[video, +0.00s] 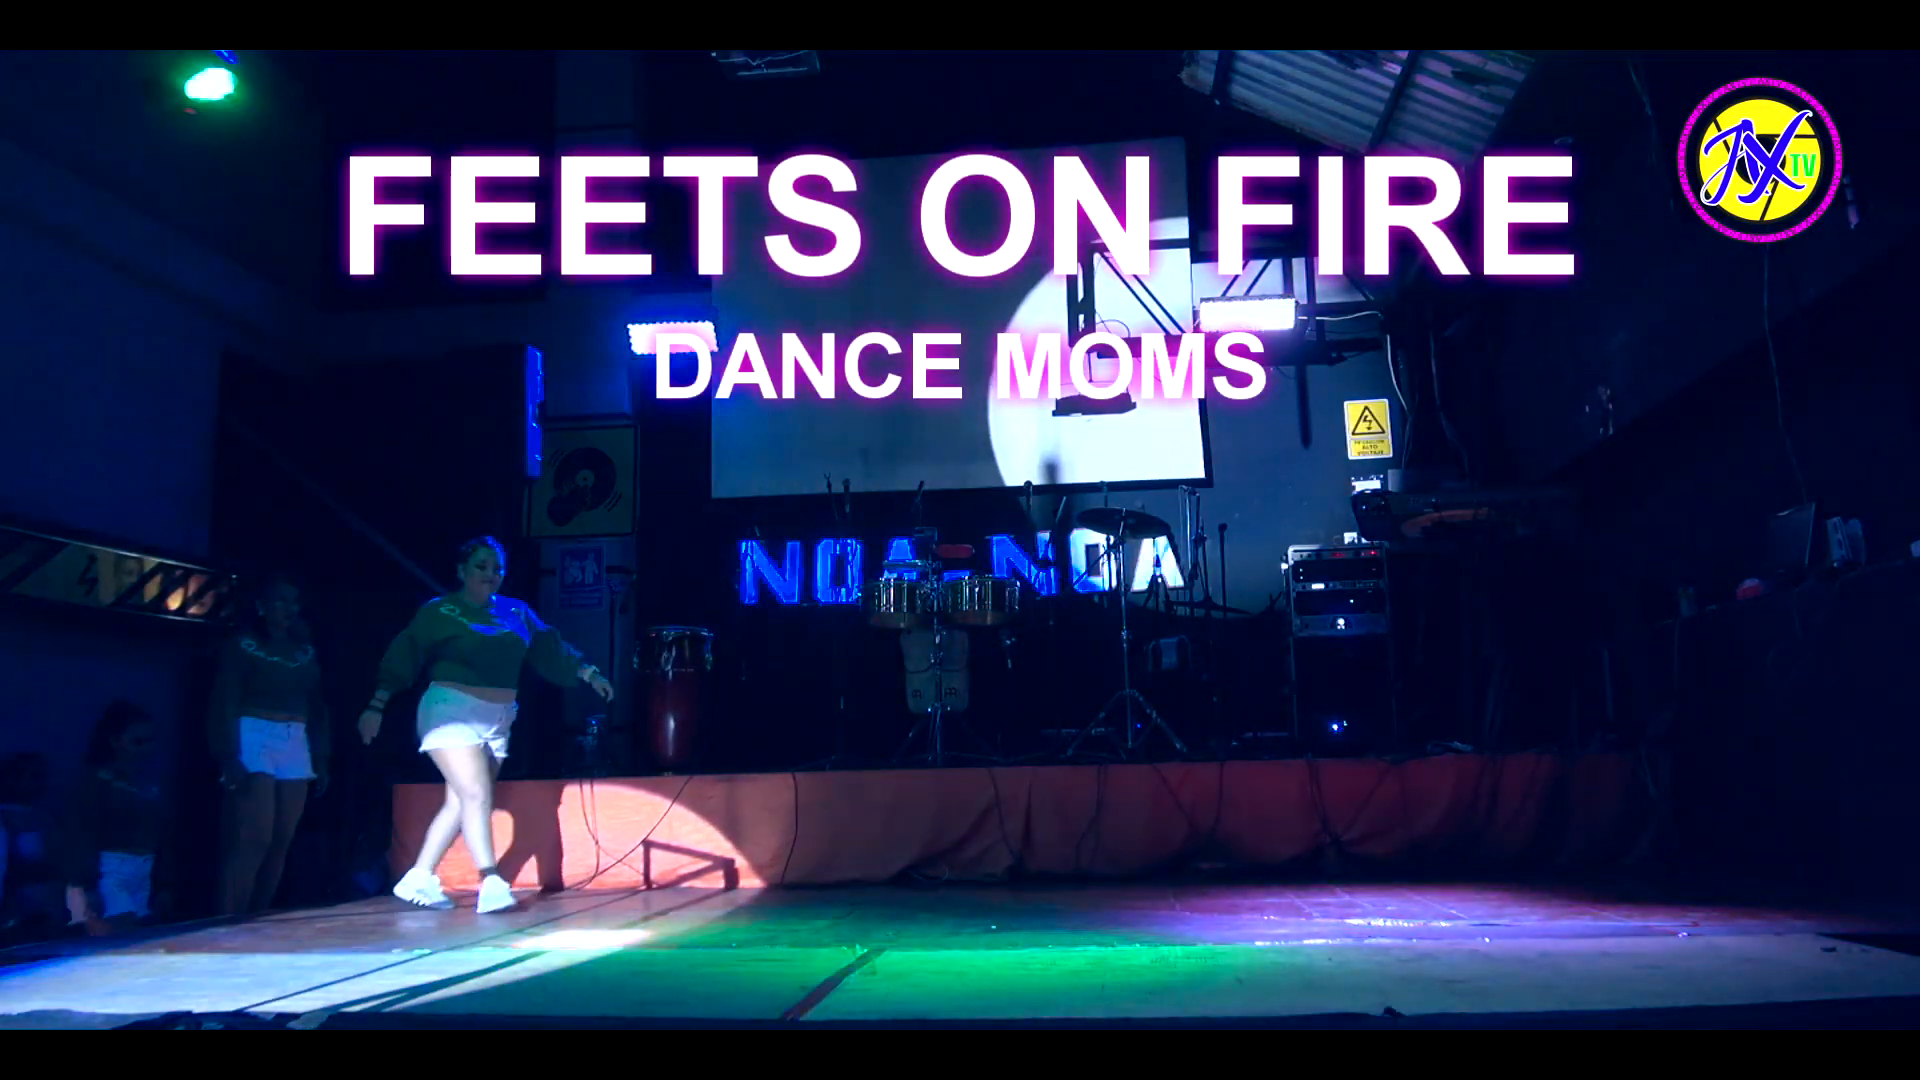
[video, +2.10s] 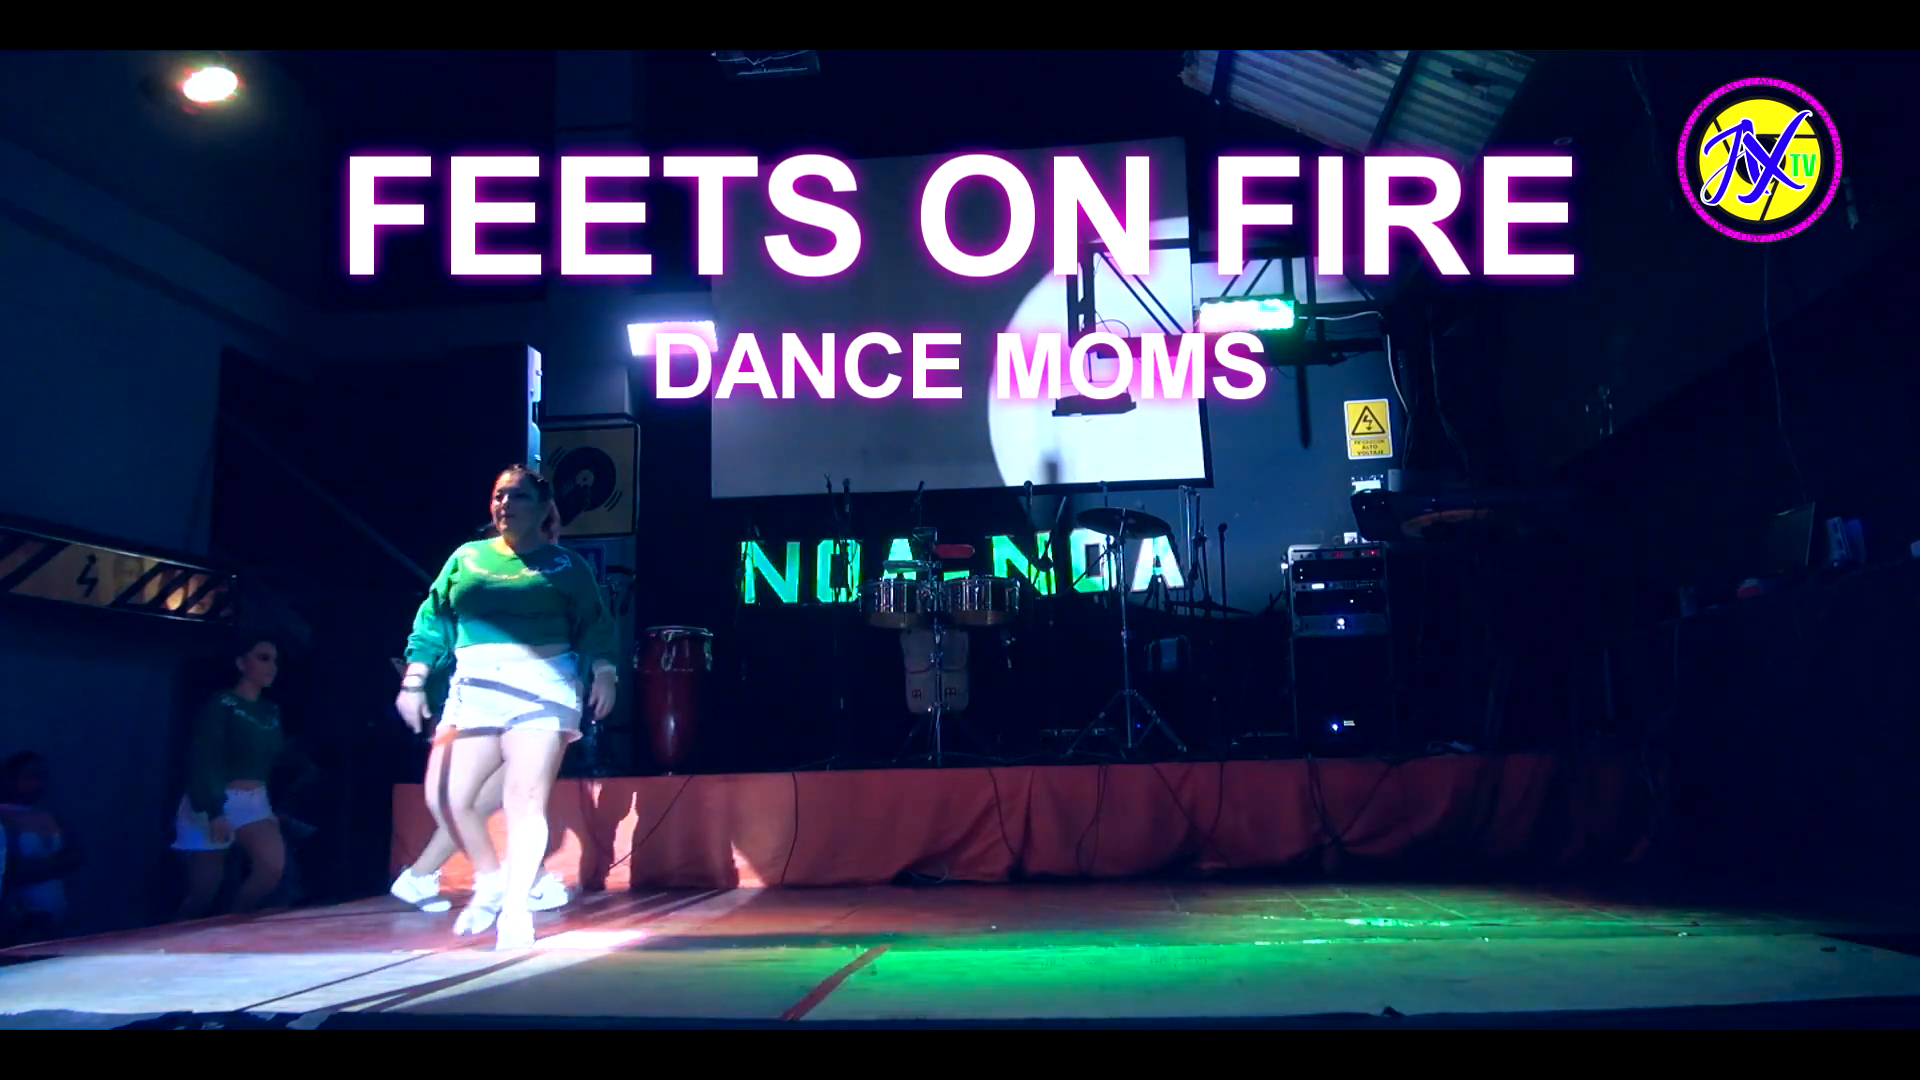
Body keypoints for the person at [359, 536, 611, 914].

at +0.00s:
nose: (489, 575)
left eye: (495, 569)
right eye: (481, 567)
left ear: (502, 574)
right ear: (462, 570)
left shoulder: (517, 614)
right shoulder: (440, 613)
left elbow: (553, 650)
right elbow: (402, 657)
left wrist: (588, 674)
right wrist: (376, 706)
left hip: (497, 719)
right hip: (449, 711)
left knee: (458, 803)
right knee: (476, 792)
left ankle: (418, 878)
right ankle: (490, 881)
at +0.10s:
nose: (498, 574)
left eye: (504, 567)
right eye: (491, 566)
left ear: (509, 573)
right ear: (469, 567)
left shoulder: (524, 612)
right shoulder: (442, 614)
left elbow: (560, 650)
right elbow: (410, 658)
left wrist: (591, 685)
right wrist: (393, 708)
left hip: (510, 713)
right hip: (457, 711)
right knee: (482, 794)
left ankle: (454, 855)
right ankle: (492, 883)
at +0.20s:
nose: (511, 572)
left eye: (515, 566)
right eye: (503, 564)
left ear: (519, 573)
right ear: (480, 566)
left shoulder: (531, 615)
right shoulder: (449, 615)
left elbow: (562, 660)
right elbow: (421, 664)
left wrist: (586, 696)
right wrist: (416, 709)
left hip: (520, 713)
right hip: (464, 714)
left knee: (546, 788)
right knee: (487, 795)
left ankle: (510, 841)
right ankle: (493, 882)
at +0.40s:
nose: (531, 562)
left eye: (535, 556)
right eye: (522, 553)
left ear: (538, 562)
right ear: (498, 557)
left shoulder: (548, 605)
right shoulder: (465, 601)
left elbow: (568, 654)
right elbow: (427, 646)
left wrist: (569, 699)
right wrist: (446, 650)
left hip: (537, 703)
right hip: (482, 705)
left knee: (543, 791)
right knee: (494, 799)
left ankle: (550, 881)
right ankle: (500, 883)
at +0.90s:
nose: (559, 555)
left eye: (567, 548)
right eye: (550, 547)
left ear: (578, 555)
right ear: (533, 552)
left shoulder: (594, 607)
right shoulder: (510, 592)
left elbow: (609, 664)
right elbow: (468, 644)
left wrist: (636, 660)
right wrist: (436, 682)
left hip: (583, 703)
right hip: (526, 699)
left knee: (575, 800)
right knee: (538, 789)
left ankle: (558, 893)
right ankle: (521, 838)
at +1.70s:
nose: (516, 511)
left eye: (528, 505)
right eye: (510, 504)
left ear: (549, 515)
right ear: (501, 513)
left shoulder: (576, 566)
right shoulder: (481, 569)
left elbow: (615, 620)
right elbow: (456, 628)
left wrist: (633, 673)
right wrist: (414, 617)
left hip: (558, 682)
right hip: (497, 687)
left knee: (536, 789)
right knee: (519, 797)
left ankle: (529, 906)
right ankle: (542, 903)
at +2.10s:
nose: (504, 503)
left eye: (518, 496)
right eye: (499, 496)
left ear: (546, 514)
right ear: (492, 510)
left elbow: (598, 627)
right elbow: (432, 622)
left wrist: (604, 672)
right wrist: (413, 682)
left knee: (525, 797)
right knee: (452, 798)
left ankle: (516, 909)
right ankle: (493, 888)